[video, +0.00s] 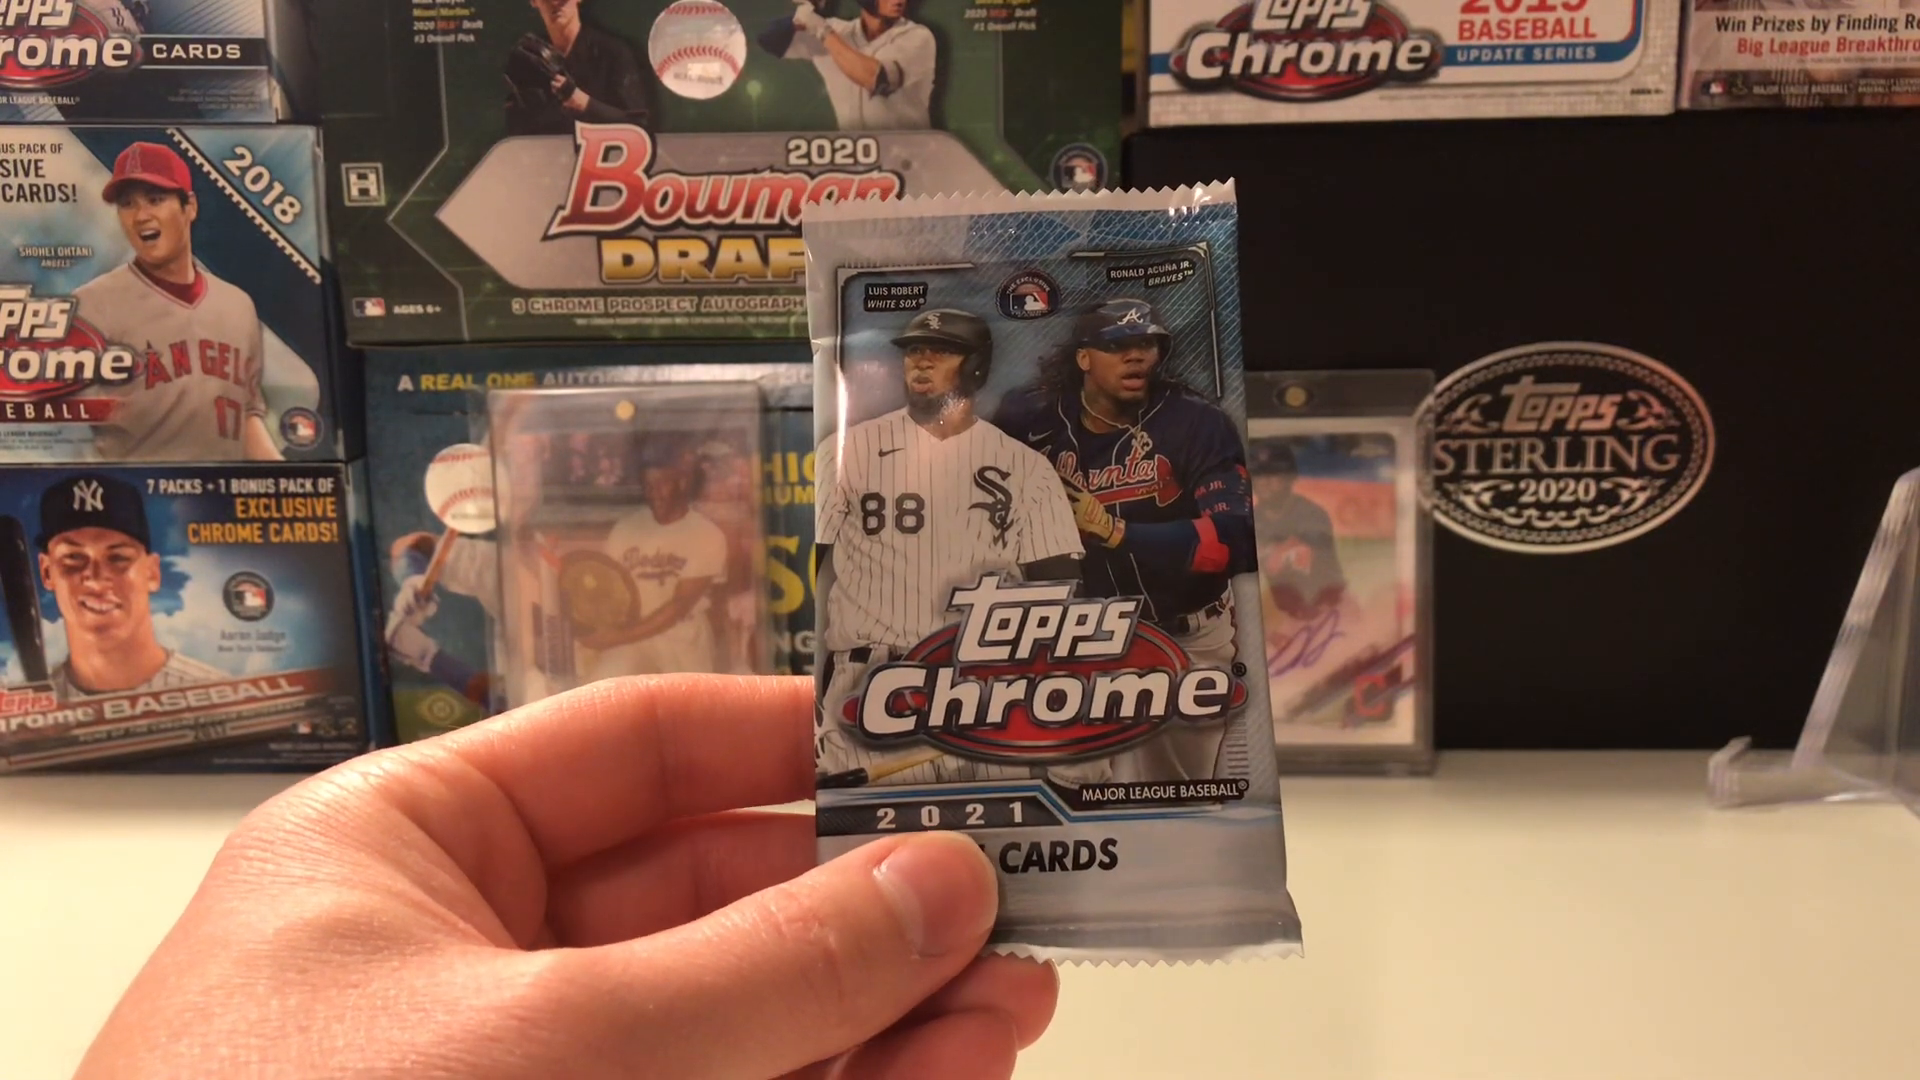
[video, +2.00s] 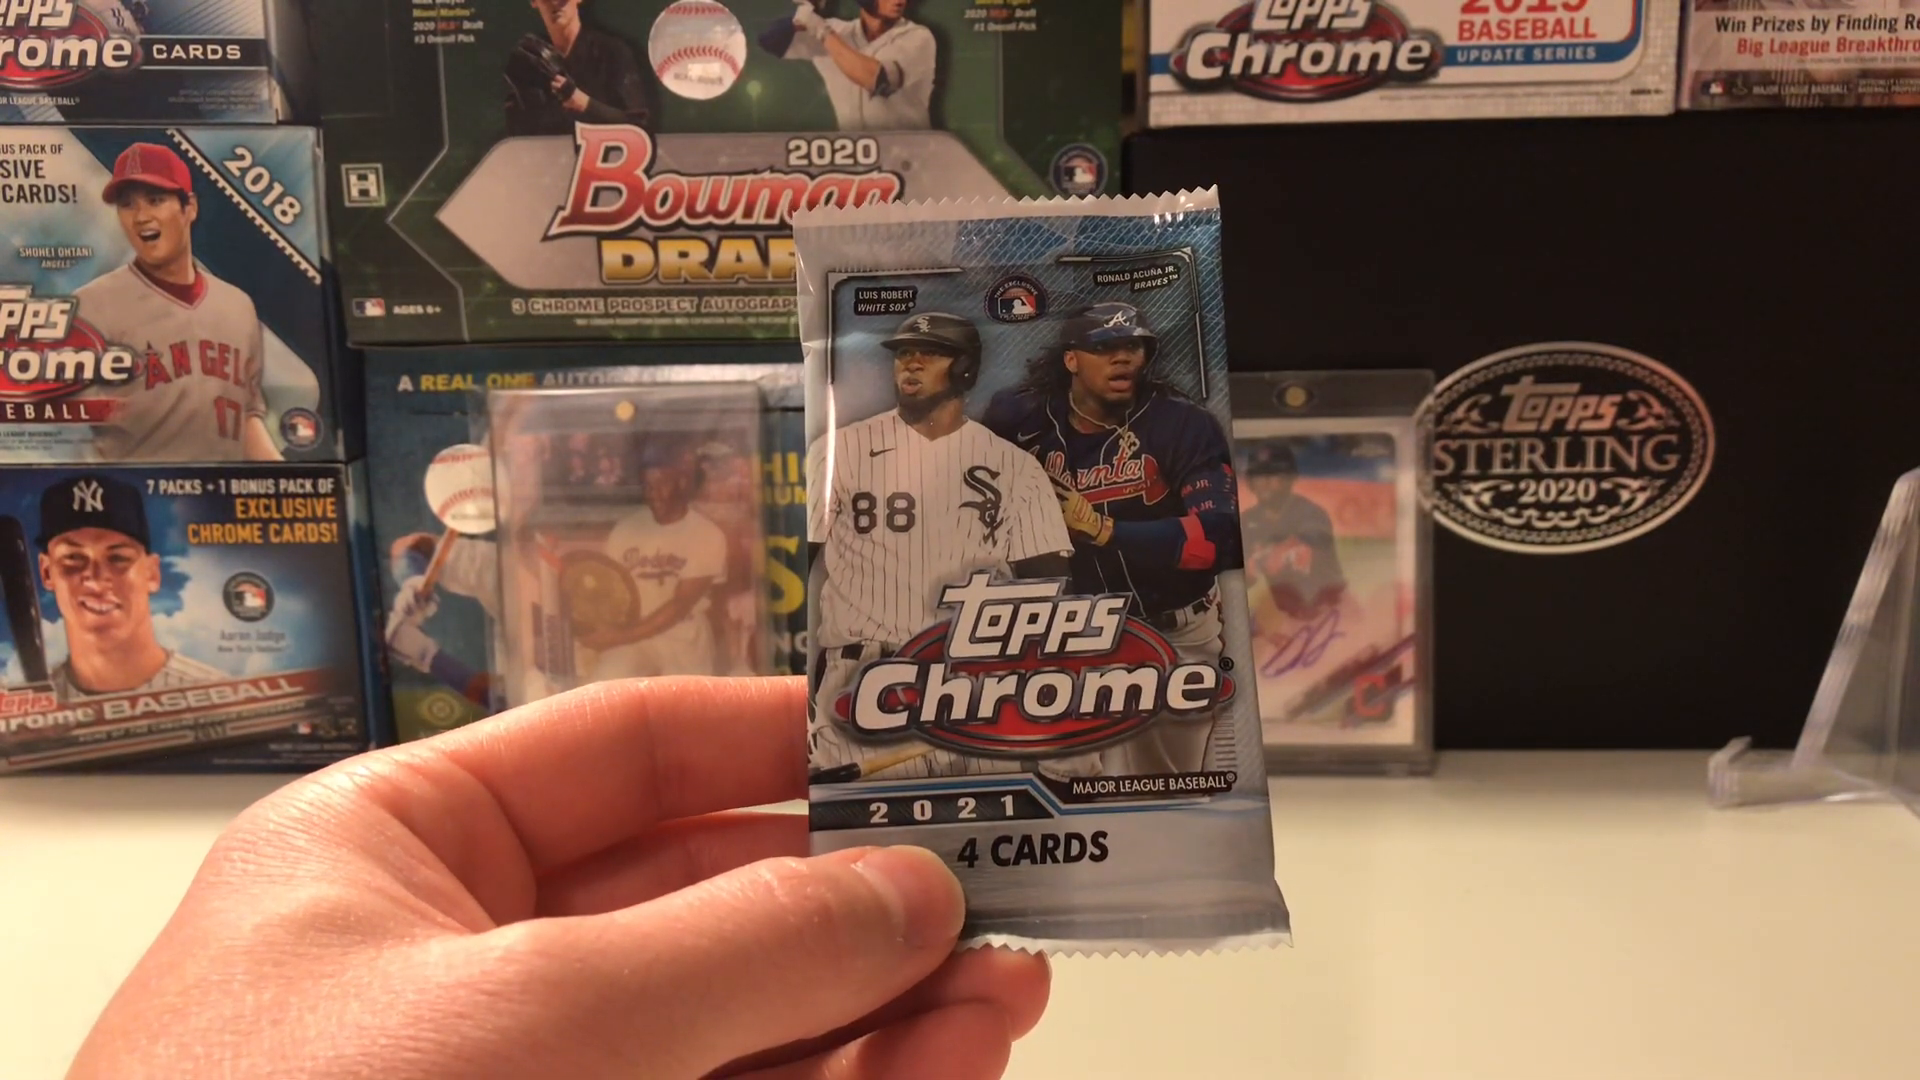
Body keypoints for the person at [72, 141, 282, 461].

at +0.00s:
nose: (142, 215)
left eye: (156, 199)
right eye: (128, 203)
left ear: (189, 208)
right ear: (119, 217)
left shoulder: (239, 306)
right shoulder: (92, 306)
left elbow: (247, 413)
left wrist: (283, 482)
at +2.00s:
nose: (142, 216)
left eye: (156, 199)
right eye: (128, 203)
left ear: (189, 209)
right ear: (118, 217)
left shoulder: (239, 307)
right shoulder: (91, 307)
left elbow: (247, 414)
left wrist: (283, 483)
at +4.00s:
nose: (142, 216)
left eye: (156, 199)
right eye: (128, 203)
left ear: (189, 209)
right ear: (118, 216)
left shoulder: (239, 306)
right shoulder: (90, 307)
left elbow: (248, 414)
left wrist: (284, 482)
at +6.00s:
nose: (142, 216)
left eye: (156, 199)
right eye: (128, 203)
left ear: (189, 209)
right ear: (118, 216)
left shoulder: (238, 307)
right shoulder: (91, 306)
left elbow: (248, 414)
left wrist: (283, 482)